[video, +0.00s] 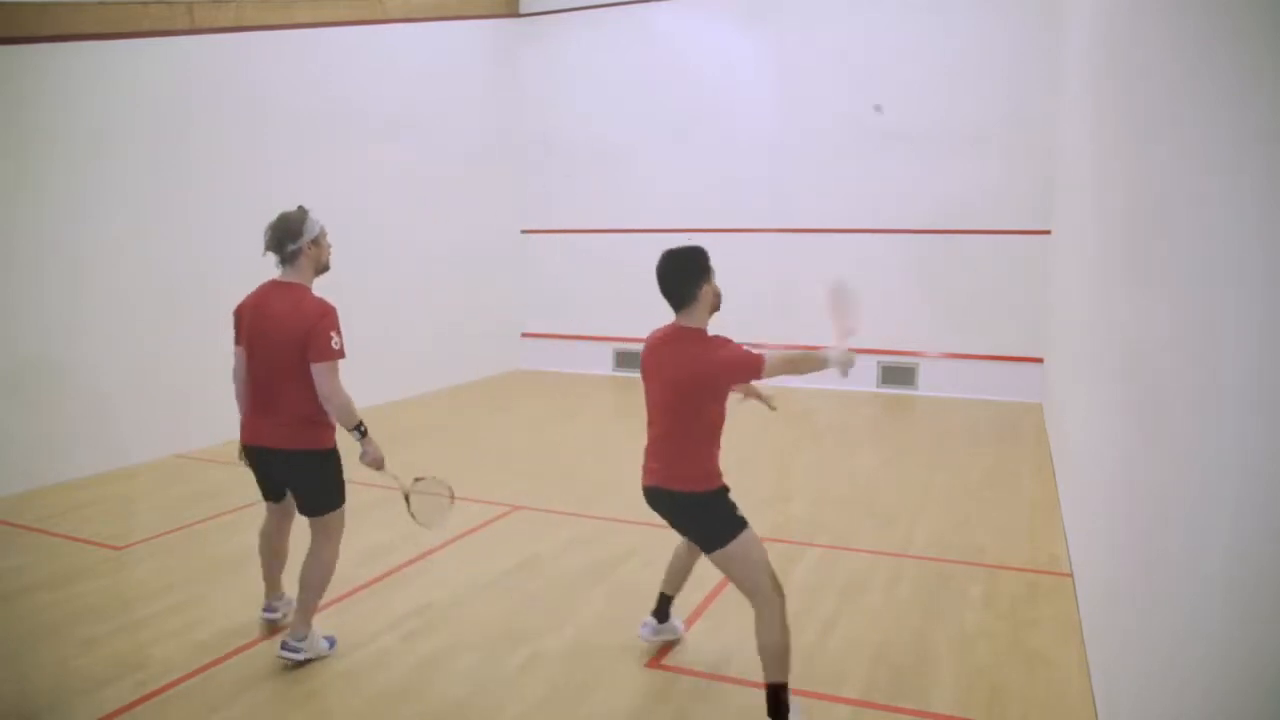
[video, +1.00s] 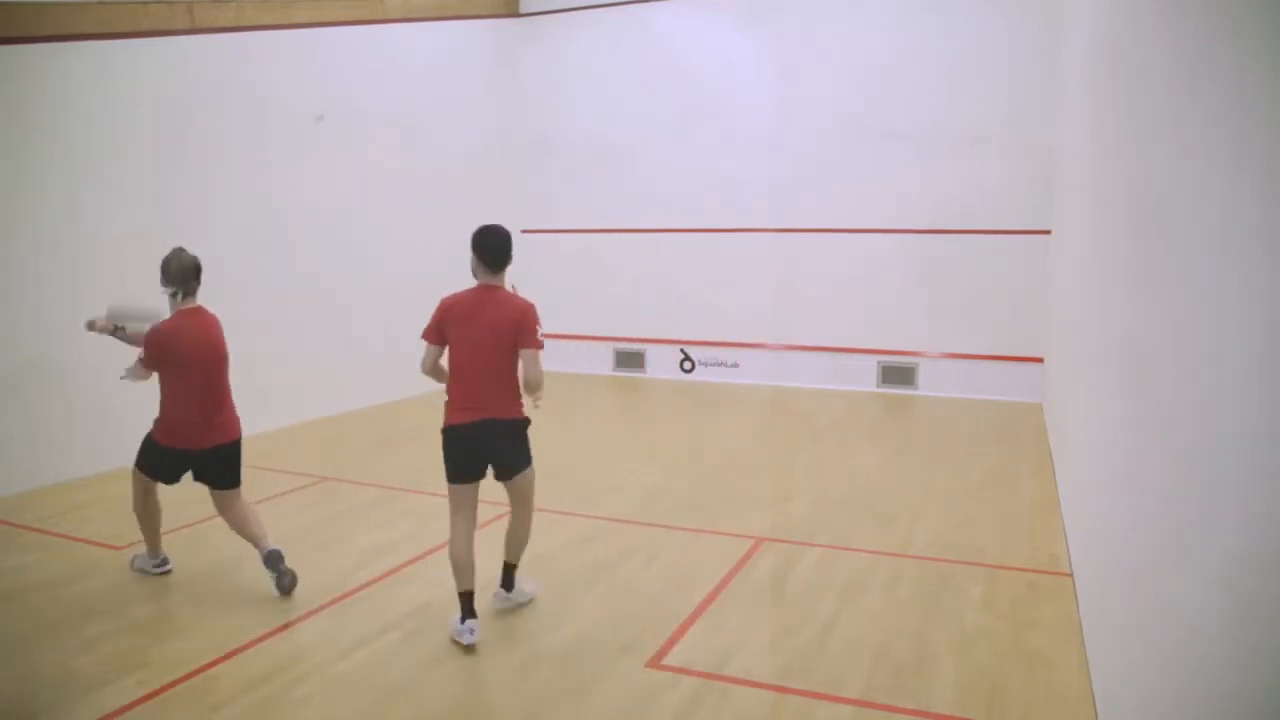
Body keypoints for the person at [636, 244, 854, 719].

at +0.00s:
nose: (717, 285)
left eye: (712, 277)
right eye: (713, 278)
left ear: (672, 293)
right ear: (704, 288)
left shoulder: (655, 344)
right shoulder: (715, 352)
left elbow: (693, 378)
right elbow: (782, 364)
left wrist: (742, 388)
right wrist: (831, 359)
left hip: (658, 487)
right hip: (698, 494)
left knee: (697, 533)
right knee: (768, 595)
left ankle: (659, 618)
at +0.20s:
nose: (717, 312)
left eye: (711, 306)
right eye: (715, 306)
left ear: (670, 317)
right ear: (714, 313)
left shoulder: (652, 379)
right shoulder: (734, 375)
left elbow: (667, 434)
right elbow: (781, 430)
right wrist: (766, 409)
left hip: (672, 522)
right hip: (724, 519)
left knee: (707, 559)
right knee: (795, 606)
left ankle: (673, 654)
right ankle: (788, 714)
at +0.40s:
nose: (661, 264)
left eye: (636, 257)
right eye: (663, 256)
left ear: (622, 264)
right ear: (666, 262)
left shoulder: (600, 320)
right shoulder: (686, 319)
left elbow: (558, 382)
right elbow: (733, 391)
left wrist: (581, 424)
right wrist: (724, 418)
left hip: (623, 461)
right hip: (671, 460)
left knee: (656, 552)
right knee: (702, 564)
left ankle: (665, 657)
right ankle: (698, 687)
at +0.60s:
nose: (593, 273)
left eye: (579, 266)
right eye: (605, 265)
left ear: (571, 270)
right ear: (613, 269)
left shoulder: (552, 325)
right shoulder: (636, 323)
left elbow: (524, 397)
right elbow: (665, 399)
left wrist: (529, 440)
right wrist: (645, 425)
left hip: (566, 465)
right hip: (619, 467)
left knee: (547, 544)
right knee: (609, 578)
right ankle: (597, 691)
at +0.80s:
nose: (535, 275)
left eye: (521, 268)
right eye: (545, 269)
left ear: (512, 272)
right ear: (552, 273)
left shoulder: (494, 324)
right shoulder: (573, 324)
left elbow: (472, 391)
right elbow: (588, 396)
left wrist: (478, 419)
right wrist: (560, 414)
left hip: (500, 453)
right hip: (551, 454)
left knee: (475, 537)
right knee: (567, 545)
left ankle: (468, 629)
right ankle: (581, 640)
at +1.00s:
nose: (473, 262)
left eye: (472, 256)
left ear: (473, 260)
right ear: (509, 261)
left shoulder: (451, 305)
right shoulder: (521, 310)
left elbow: (429, 366)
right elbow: (531, 379)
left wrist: (457, 382)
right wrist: (534, 391)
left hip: (460, 431)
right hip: (506, 429)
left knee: (461, 519)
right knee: (522, 508)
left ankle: (466, 619)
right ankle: (507, 586)